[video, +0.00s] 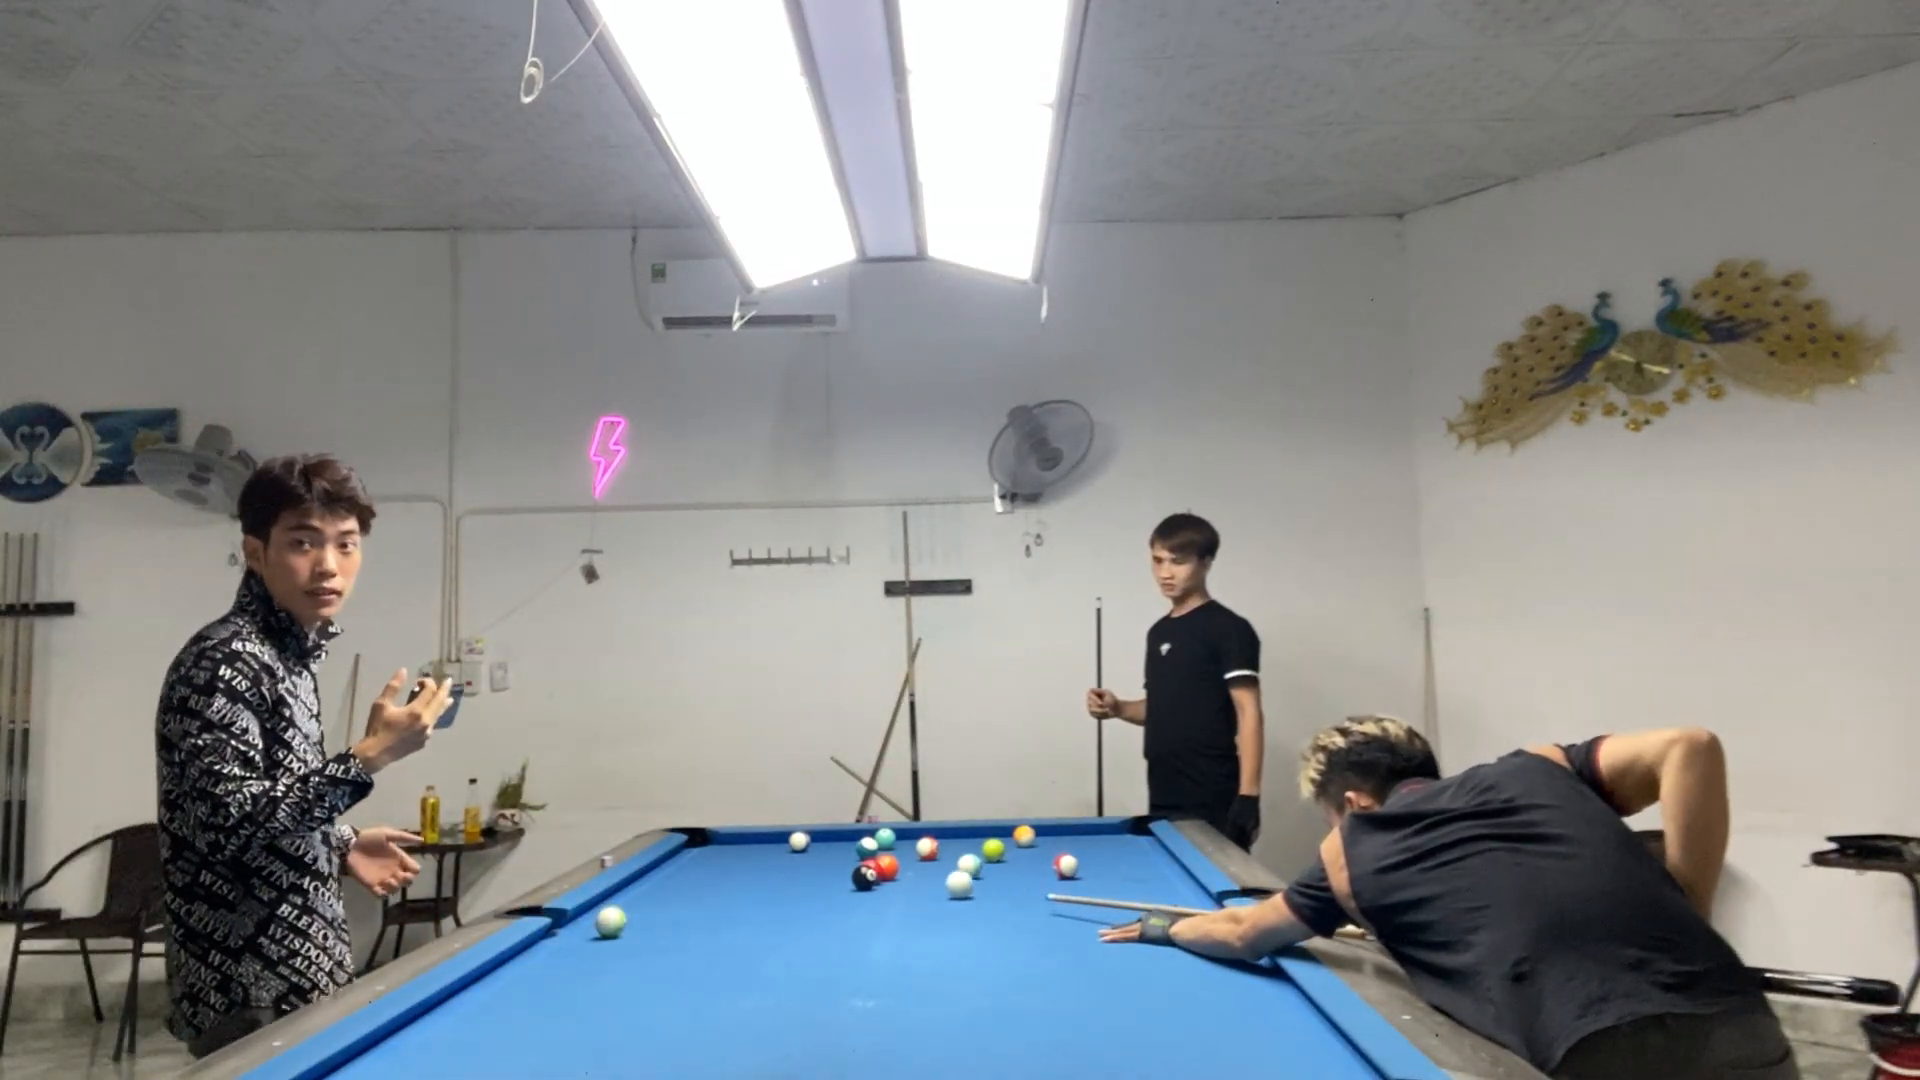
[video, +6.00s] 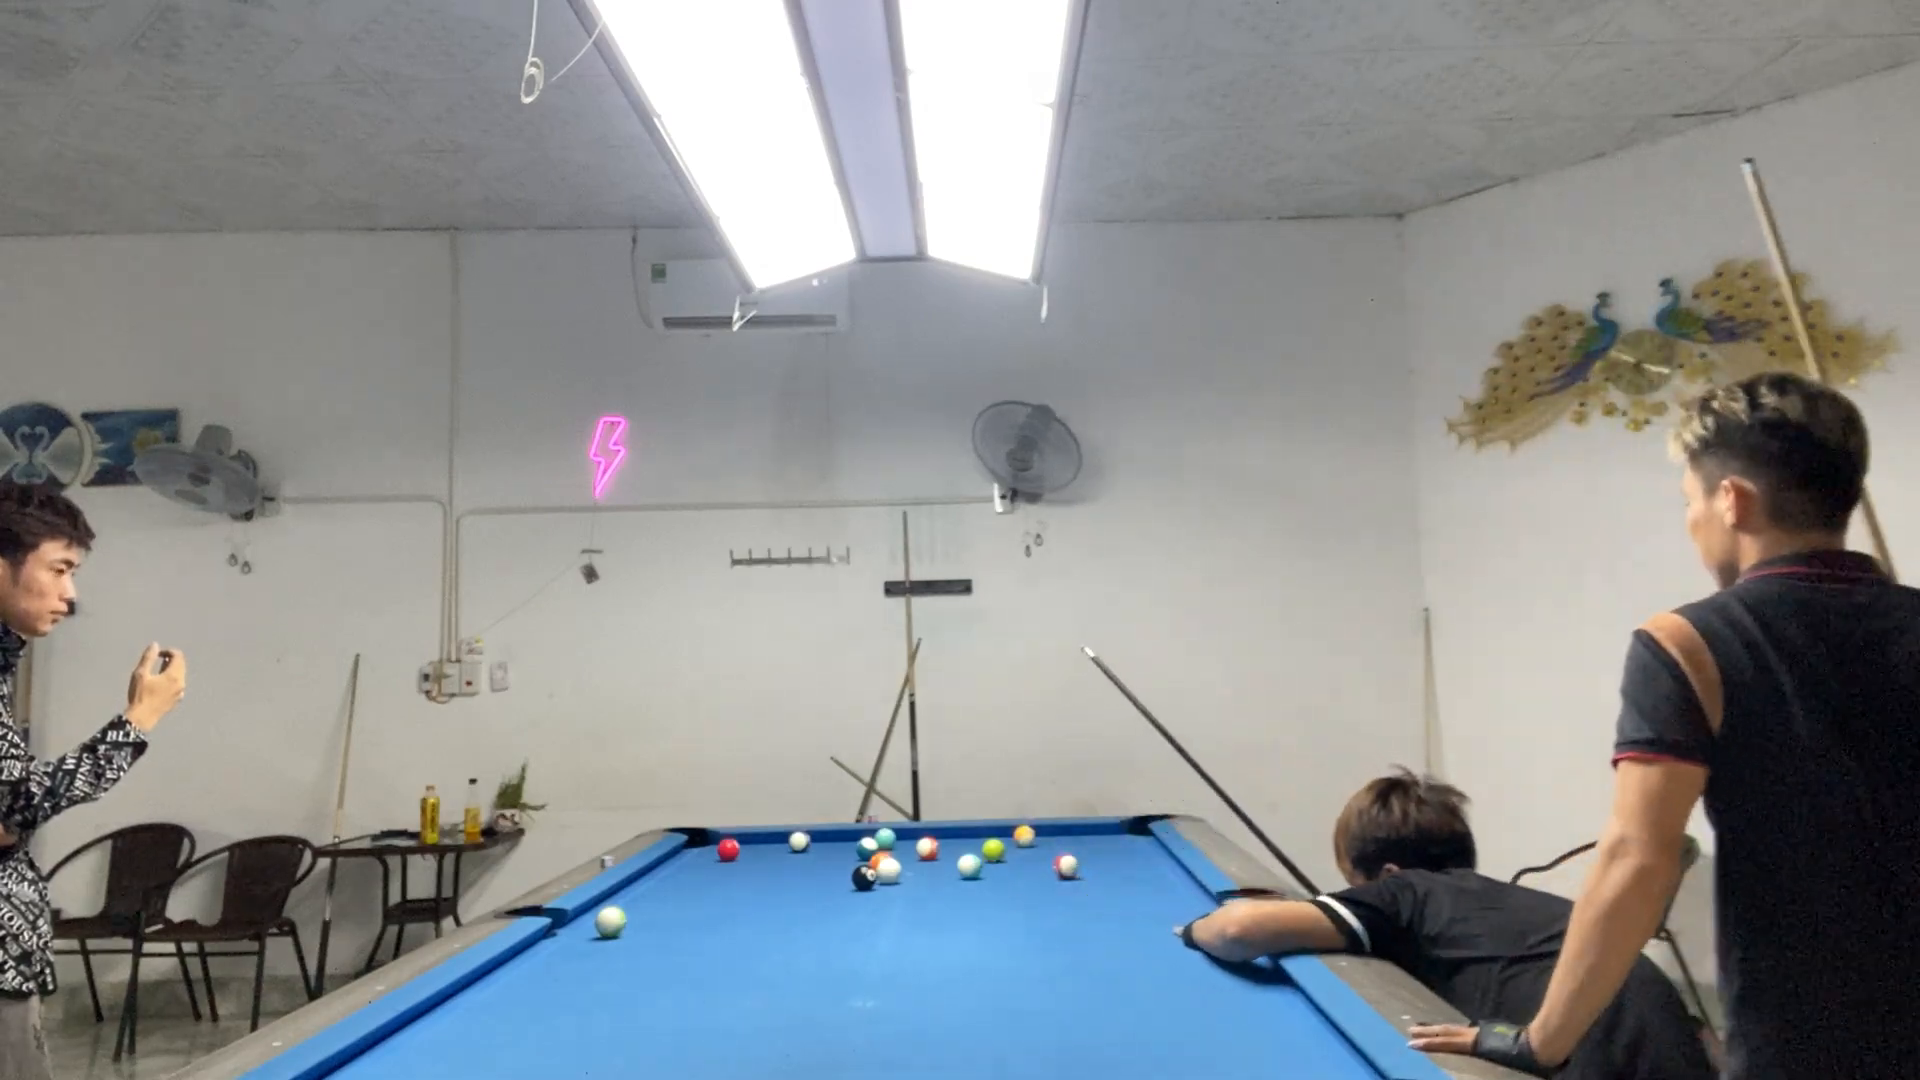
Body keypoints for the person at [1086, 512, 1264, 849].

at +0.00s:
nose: (1165, 572)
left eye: (1178, 561)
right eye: (1158, 561)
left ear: (1205, 564)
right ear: (1151, 562)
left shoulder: (1231, 630)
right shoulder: (1159, 633)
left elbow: (1249, 713)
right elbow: (1161, 710)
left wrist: (1248, 796)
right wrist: (1119, 708)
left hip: (1214, 802)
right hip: (1165, 798)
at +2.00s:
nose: (1287, 568)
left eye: (1301, 557)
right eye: (1280, 555)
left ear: (1334, 562)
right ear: (1272, 555)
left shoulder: (1366, 636)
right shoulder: (1247, 627)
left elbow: (1391, 727)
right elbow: (1220, 698)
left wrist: (1320, 719)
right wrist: (1215, 783)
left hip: (1337, 823)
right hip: (1263, 820)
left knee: (1337, 954)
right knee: (1259, 946)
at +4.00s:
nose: (1275, 580)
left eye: (1270, 561)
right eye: (1267, 564)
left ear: (1308, 551)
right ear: (1364, 539)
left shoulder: (1309, 642)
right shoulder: (1477, 601)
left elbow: (1204, 774)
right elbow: (1607, 676)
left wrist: (1119, 814)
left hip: (1450, 928)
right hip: (1572, 908)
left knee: (1457, 1074)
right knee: (1582, 1071)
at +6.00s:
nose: (1349, 883)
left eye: (1351, 872)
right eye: (1347, 874)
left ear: (1375, 870)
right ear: (1464, 854)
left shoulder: (1406, 893)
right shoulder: (1533, 901)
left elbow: (1236, 928)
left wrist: (1203, 928)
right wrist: (1496, 1038)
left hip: (1598, 1055)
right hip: (1686, 1053)